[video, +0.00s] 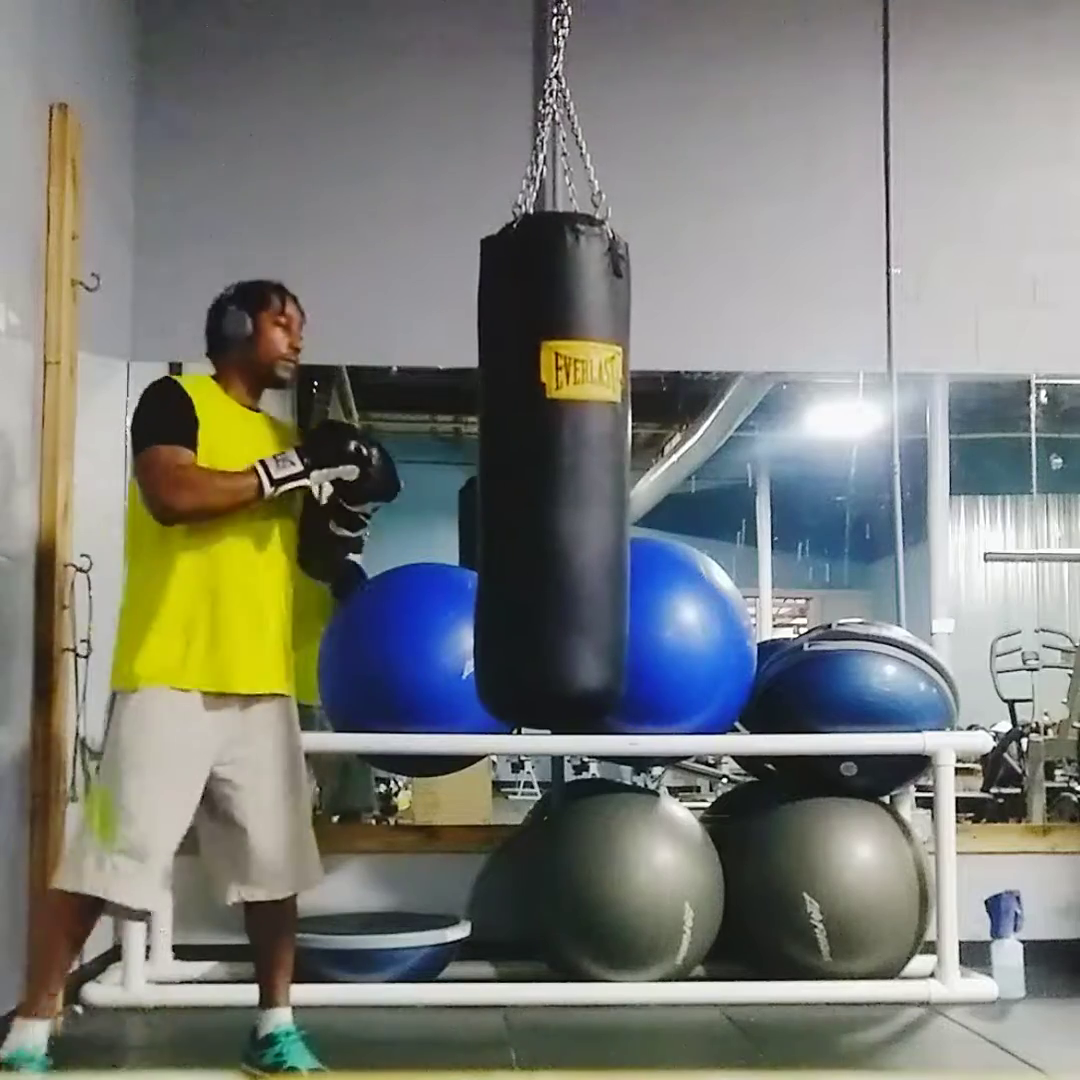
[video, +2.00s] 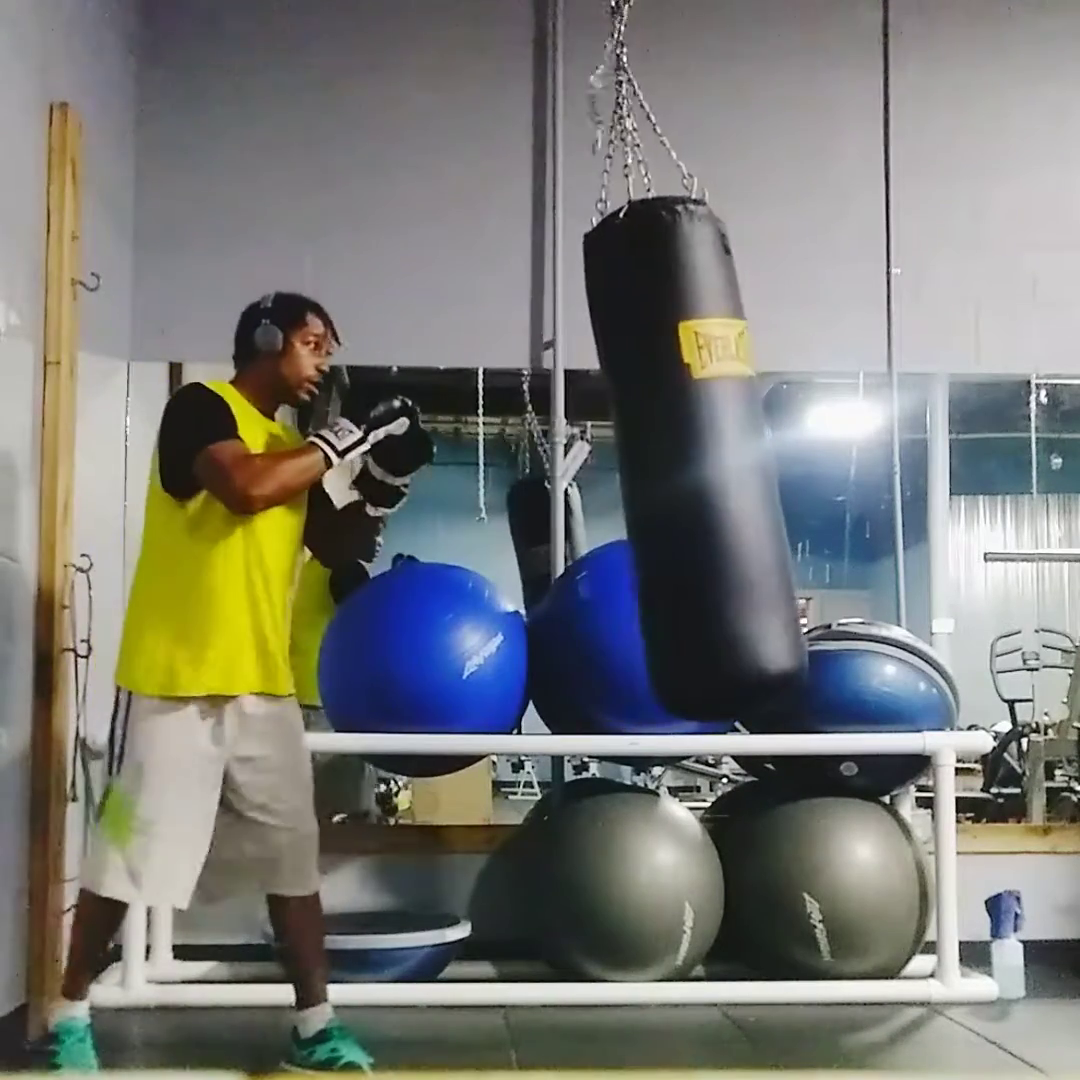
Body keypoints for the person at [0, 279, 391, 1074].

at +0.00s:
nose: (298, 340)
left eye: (299, 329)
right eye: (286, 324)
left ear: (270, 339)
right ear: (241, 326)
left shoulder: (281, 439)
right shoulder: (174, 399)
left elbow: (309, 560)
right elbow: (170, 493)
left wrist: (341, 514)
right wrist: (294, 464)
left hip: (261, 675)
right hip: (168, 669)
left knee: (273, 857)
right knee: (107, 849)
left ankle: (276, 1026)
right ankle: (32, 1024)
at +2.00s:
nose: (325, 360)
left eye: (329, 350)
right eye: (314, 343)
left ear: (307, 360)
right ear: (268, 340)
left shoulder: (293, 446)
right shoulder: (198, 404)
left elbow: (333, 548)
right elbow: (247, 485)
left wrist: (374, 490)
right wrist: (340, 443)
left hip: (262, 677)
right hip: (174, 670)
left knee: (292, 851)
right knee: (128, 853)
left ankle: (316, 1026)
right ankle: (67, 1015)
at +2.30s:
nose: (334, 368)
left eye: (340, 356)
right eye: (322, 351)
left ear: (338, 367)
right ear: (278, 354)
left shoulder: (330, 445)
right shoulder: (209, 422)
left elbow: (351, 558)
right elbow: (233, 512)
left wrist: (385, 502)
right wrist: (324, 434)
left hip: (297, 686)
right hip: (197, 687)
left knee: (351, 845)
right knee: (134, 856)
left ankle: (372, 1017)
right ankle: (77, 1018)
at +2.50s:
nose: (357, 365)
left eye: (367, 355)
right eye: (342, 348)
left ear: (370, 368)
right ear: (299, 351)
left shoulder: (367, 442)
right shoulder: (239, 421)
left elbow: (451, 508)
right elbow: (239, 514)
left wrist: (516, 458)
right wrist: (337, 439)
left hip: (322, 682)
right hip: (225, 679)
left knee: (362, 850)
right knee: (186, 857)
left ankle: (374, 1017)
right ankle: (152, 1006)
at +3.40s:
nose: (412, 367)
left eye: (424, 357)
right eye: (396, 353)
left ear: (436, 372)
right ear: (362, 364)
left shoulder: (459, 446)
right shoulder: (321, 439)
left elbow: (528, 536)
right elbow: (289, 537)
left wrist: (546, 486)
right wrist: (368, 471)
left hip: (428, 676)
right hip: (328, 679)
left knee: (445, 843)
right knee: (292, 838)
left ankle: (456, 1012)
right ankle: (274, 984)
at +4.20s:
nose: (441, 382)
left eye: (456, 372)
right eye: (429, 370)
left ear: (473, 387)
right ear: (405, 383)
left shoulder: (507, 450)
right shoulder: (378, 458)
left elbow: (552, 545)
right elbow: (324, 538)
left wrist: (554, 464)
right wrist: (376, 444)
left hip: (486, 678)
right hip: (395, 681)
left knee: (515, 846)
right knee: (370, 847)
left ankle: (538, 1009)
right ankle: (345, 988)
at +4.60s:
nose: (470, 402)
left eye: (484, 389)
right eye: (461, 389)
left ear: (511, 399)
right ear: (446, 403)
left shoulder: (541, 470)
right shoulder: (437, 480)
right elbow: (383, 562)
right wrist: (414, 481)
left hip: (542, 692)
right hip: (469, 695)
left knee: (581, 852)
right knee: (469, 849)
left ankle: (612, 1011)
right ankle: (465, 987)